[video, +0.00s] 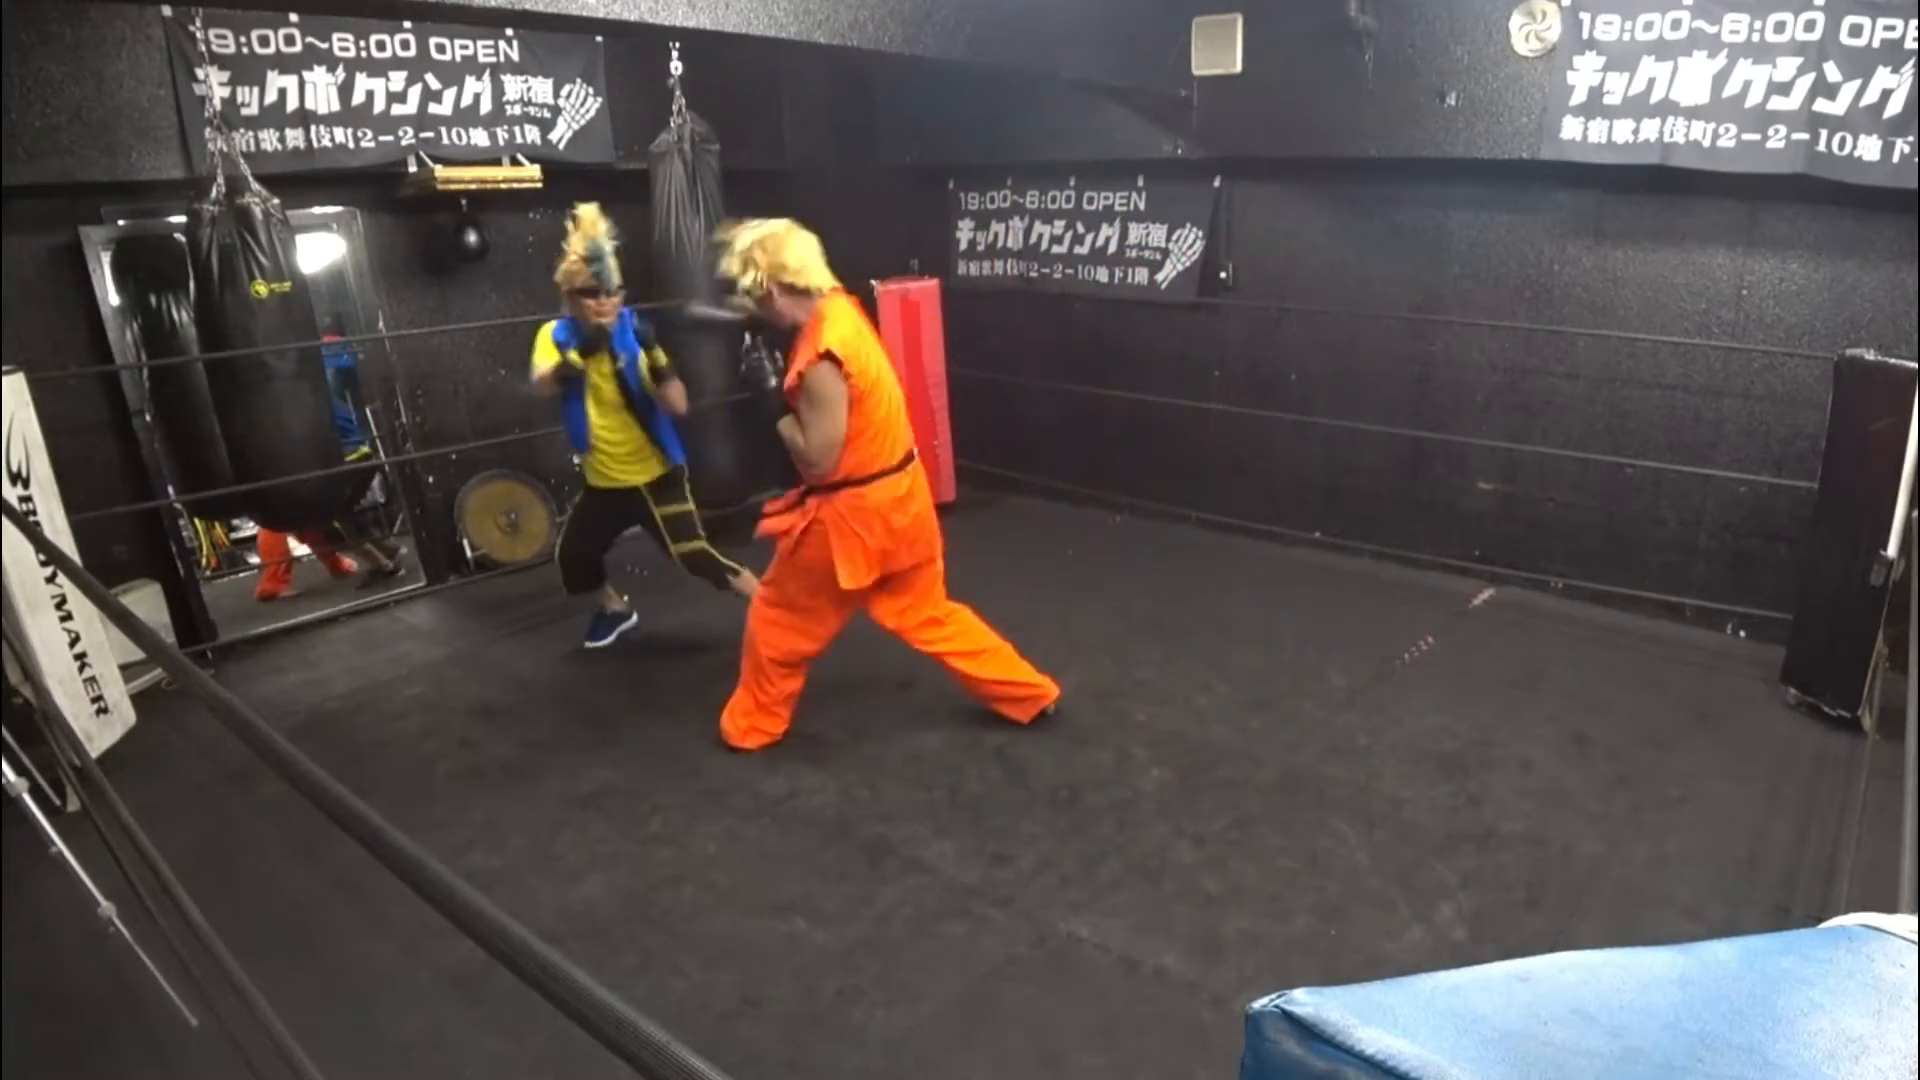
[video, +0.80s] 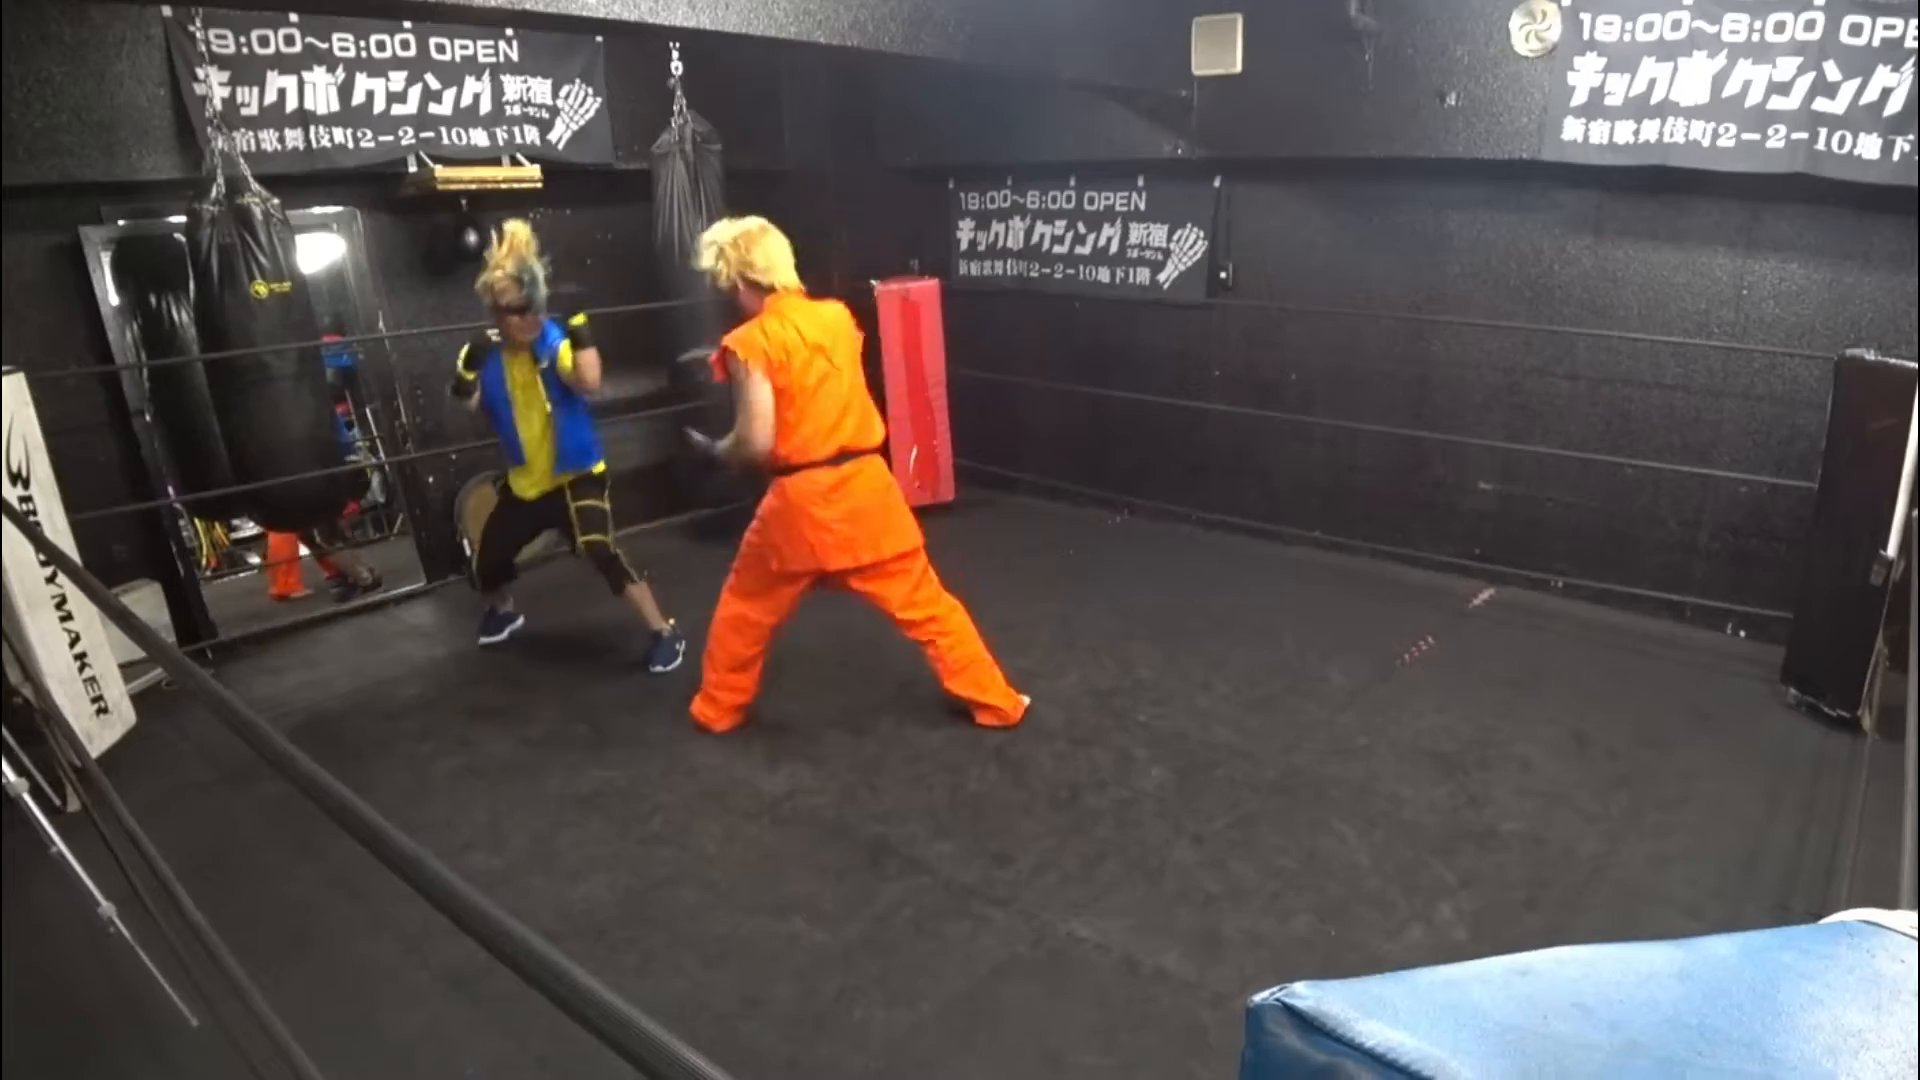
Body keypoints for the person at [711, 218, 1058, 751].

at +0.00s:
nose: (753, 309)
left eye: (752, 297)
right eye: (748, 298)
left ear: (772, 291)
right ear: (805, 275)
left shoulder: (820, 357)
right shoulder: (842, 311)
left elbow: (818, 459)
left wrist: (781, 412)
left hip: (852, 510)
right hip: (905, 493)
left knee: (780, 609)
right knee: (922, 610)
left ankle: (755, 722)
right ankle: (1029, 694)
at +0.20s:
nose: (717, 299)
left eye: (716, 288)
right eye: (714, 288)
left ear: (733, 282)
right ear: (764, 263)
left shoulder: (776, 347)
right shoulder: (810, 297)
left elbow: (804, 453)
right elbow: (826, 380)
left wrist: (769, 438)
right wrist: (762, 390)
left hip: (840, 491)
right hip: (893, 466)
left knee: (782, 606)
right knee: (933, 588)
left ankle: (756, 723)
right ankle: (1037, 682)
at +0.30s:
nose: (721, 286)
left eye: (720, 274)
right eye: (718, 275)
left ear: (738, 267)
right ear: (781, 247)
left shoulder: (744, 336)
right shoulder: (849, 288)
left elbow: (746, 440)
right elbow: (913, 359)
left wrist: (714, 412)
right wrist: (855, 375)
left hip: (831, 484)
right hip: (901, 461)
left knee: (789, 600)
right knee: (948, 577)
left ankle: (757, 721)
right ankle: (1020, 690)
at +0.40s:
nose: (741, 280)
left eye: (742, 269)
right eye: (738, 270)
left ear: (758, 264)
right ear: (806, 249)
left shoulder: (748, 322)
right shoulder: (865, 289)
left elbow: (671, 341)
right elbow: (952, 343)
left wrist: (641, 321)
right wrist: (925, 371)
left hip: (827, 491)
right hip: (900, 472)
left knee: (790, 597)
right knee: (952, 587)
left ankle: (754, 717)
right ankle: (998, 705)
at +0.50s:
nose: (752, 276)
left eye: (753, 265)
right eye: (751, 267)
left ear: (767, 261)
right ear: (819, 247)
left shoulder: (757, 313)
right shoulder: (869, 288)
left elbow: (686, 331)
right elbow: (942, 343)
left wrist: (677, 320)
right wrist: (940, 373)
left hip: (817, 478)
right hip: (889, 464)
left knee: (779, 596)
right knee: (945, 590)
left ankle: (740, 719)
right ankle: (997, 705)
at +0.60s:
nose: (752, 264)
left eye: (752, 253)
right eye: (750, 254)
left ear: (768, 249)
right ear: (815, 238)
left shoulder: (754, 311)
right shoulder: (874, 285)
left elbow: (718, 401)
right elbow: (930, 366)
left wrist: (740, 349)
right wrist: (883, 377)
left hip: (811, 474)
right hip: (887, 460)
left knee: (763, 584)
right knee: (937, 586)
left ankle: (729, 709)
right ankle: (999, 706)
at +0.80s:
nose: (728, 297)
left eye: (728, 286)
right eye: (726, 286)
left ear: (744, 282)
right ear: (787, 270)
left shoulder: (751, 341)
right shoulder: (839, 316)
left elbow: (757, 442)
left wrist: (716, 449)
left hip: (801, 498)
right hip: (871, 483)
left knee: (747, 600)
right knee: (925, 602)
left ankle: (718, 708)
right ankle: (999, 703)